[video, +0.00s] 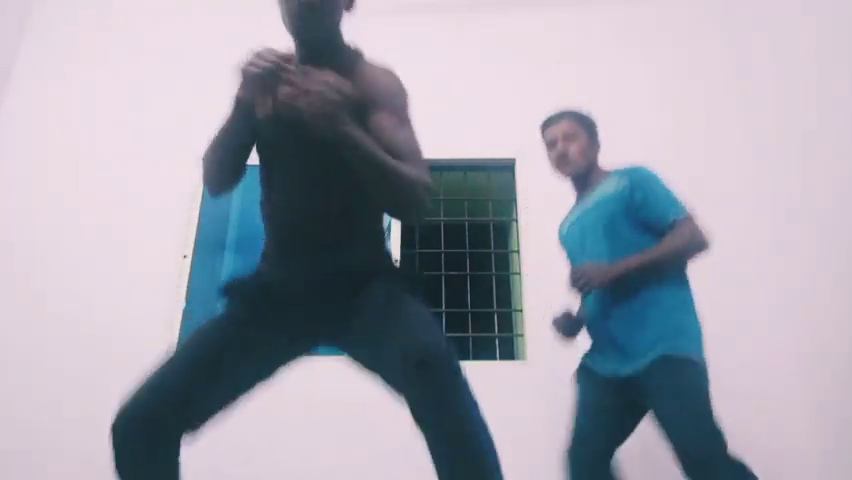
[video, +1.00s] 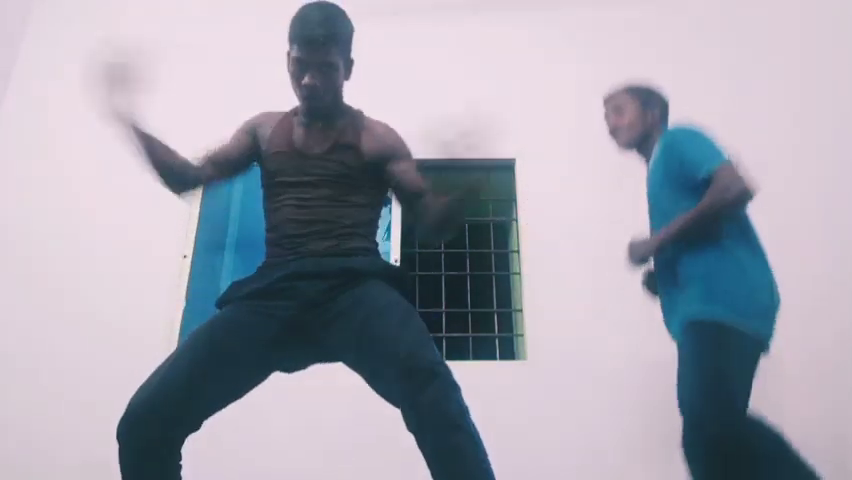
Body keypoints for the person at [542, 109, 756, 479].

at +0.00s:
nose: (560, 150)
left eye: (569, 138)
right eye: (551, 145)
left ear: (593, 142)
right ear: (548, 157)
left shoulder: (635, 182)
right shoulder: (570, 227)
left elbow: (692, 237)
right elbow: (598, 287)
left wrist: (615, 269)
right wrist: (577, 319)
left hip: (667, 351)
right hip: (610, 361)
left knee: (705, 463)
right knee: (585, 463)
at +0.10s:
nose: (576, 113)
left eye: (583, 101)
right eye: (566, 108)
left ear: (606, 103)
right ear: (563, 120)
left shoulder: (644, 136)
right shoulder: (584, 186)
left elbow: (711, 185)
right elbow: (621, 244)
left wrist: (636, 222)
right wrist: (597, 268)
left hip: (686, 302)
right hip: (631, 321)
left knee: (730, 422)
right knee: (649, 449)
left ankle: (762, 474)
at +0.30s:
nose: (621, 127)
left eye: (630, 116)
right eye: (612, 122)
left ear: (655, 118)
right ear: (608, 134)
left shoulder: (698, 155)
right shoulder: (633, 203)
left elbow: (756, 207)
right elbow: (664, 262)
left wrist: (675, 256)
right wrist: (641, 286)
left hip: (739, 339)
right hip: (681, 346)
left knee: (793, 453)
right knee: (662, 461)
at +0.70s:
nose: (604, 120)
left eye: (612, 108)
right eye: (600, 113)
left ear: (645, 110)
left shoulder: (670, 143)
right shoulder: (658, 167)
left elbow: (711, 195)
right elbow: (719, 242)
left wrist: (642, 258)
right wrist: (679, 280)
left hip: (727, 316)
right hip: (698, 323)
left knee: (773, 431)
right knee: (701, 444)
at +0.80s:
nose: (609, 147)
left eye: (617, 135)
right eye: (605, 141)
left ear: (650, 136)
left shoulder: (670, 172)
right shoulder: (663, 189)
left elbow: (699, 225)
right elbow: (721, 274)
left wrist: (625, 279)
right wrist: (680, 313)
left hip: (727, 350)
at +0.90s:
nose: (609, 151)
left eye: (617, 139)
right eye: (606, 145)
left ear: (650, 139)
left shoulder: (673, 170)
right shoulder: (661, 193)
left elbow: (714, 218)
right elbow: (715, 274)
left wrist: (642, 270)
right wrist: (669, 308)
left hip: (730, 333)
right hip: (706, 340)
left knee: (719, 456)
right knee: (690, 461)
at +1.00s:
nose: (611, 122)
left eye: (619, 111)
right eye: (607, 116)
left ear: (652, 111)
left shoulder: (678, 140)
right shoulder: (662, 170)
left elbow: (733, 186)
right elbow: (709, 235)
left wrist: (657, 241)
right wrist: (665, 272)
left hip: (723, 301)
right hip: (703, 309)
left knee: (710, 428)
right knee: (714, 429)